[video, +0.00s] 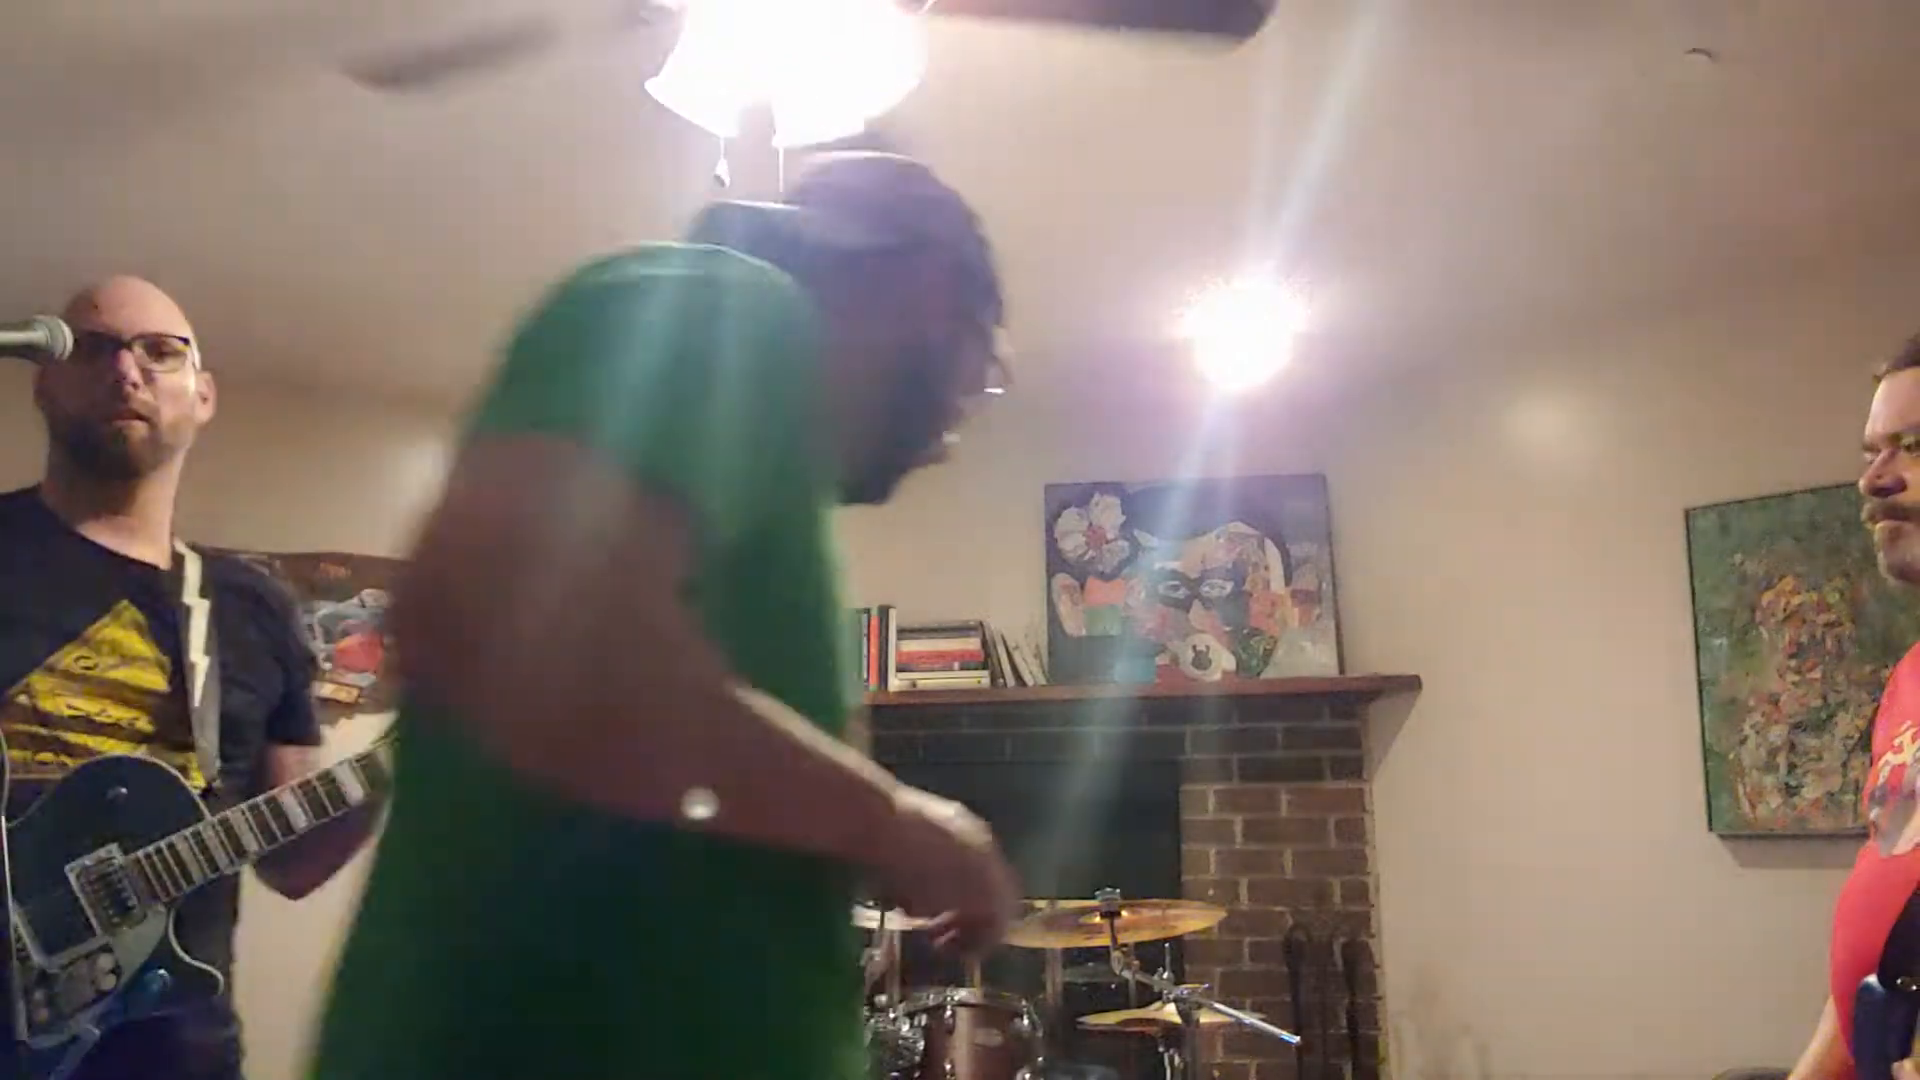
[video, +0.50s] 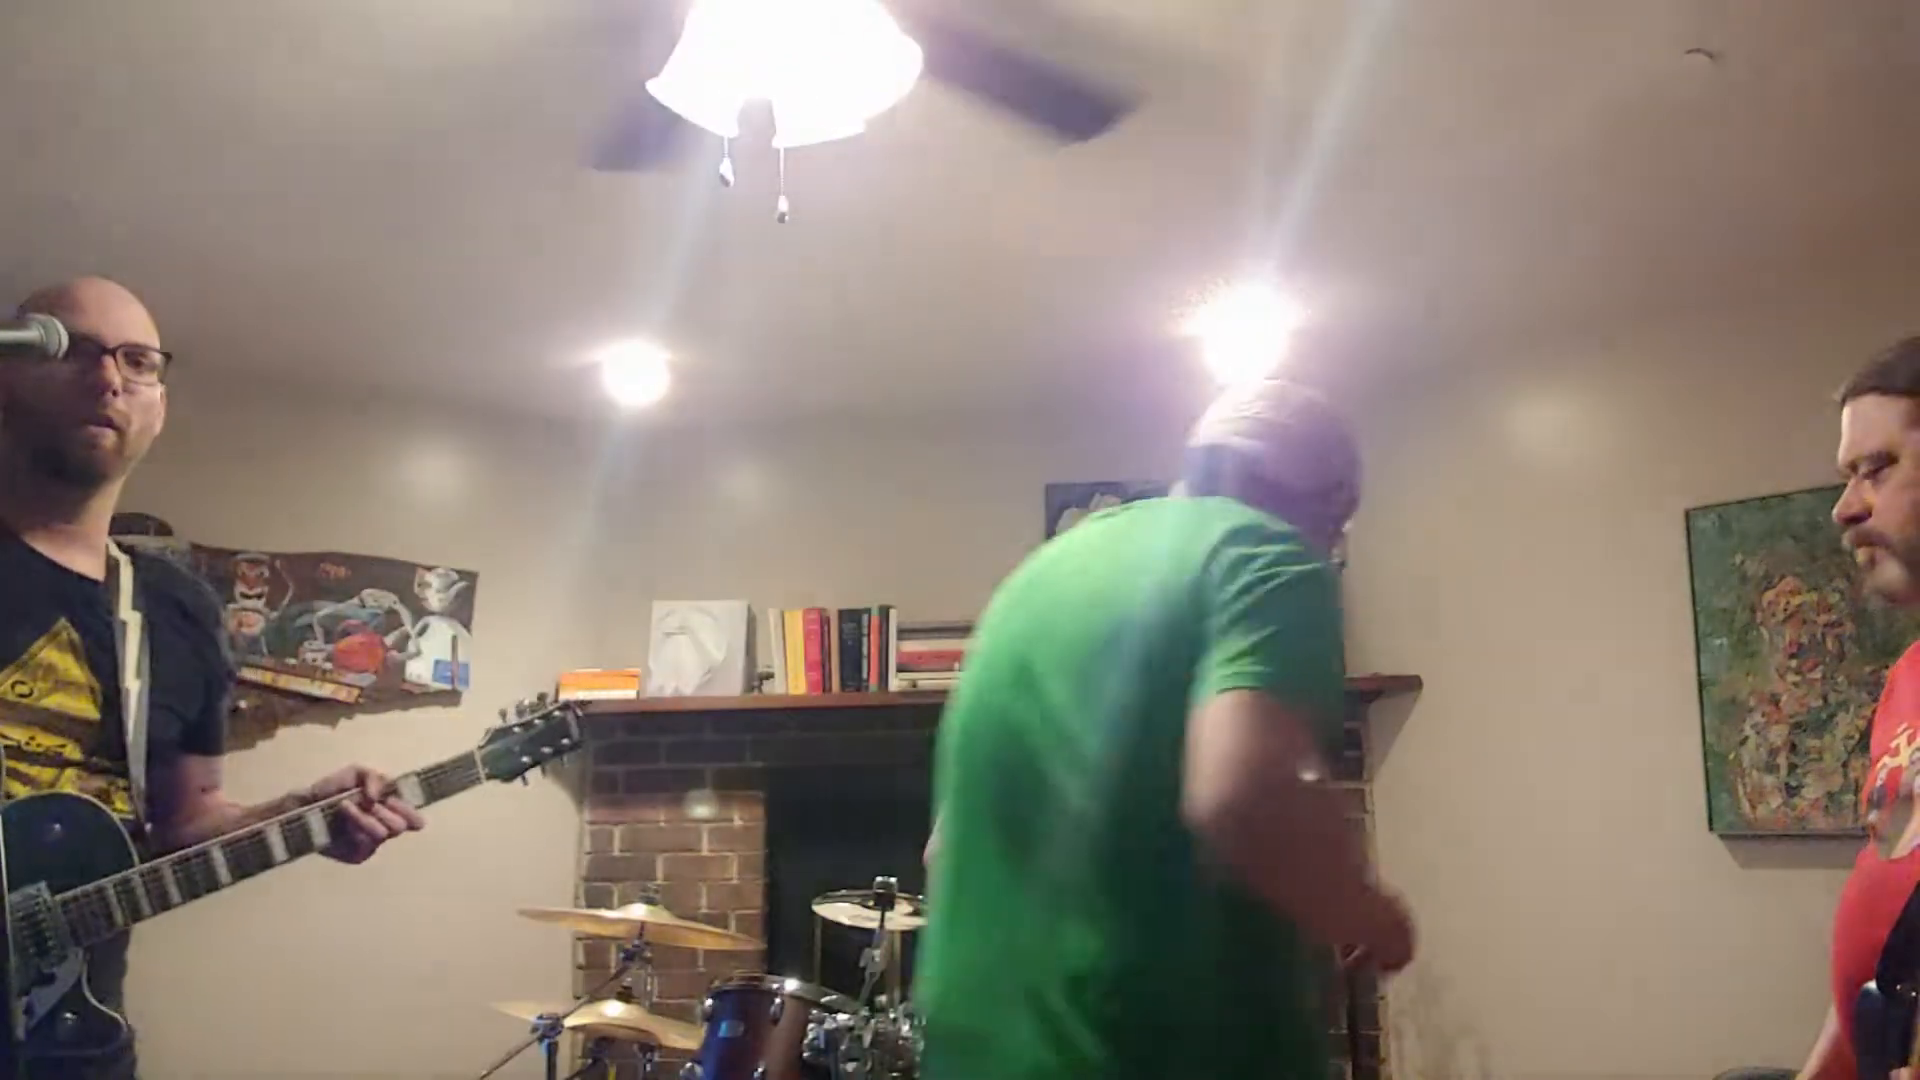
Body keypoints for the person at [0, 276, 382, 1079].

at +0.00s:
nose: (129, 367)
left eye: (161, 351)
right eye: (97, 348)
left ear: (202, 400)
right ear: (45, 385)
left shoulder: (250, 607)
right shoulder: (11, 546)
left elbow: (292, 865)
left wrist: (409, 747)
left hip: (174, 1037)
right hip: (11, 1034)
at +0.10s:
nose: (117, 364)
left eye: (147, 346)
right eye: (83, 344)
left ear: (186, 397)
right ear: (29, 384)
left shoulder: (227, 609)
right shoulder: (6, 546)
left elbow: (258, 863)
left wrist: (371, 774)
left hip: (140, 1033)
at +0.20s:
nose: (111, 364)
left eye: (141, 347)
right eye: (75, 342)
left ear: (174, 398)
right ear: (12, 379)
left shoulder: (203, 607)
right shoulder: (8, 543)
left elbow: (227, 855)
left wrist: (352, 790)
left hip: (110, 1035)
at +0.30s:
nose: (110, 369)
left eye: (137, 352)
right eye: (72, 344)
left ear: (165, 402)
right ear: (7, 377)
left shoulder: (183, 609)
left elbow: (199, 826)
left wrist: (327, 804)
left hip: (91, 1040)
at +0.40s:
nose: (110, 375)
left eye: (137, 359)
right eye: (72, 347)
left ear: (162, 405)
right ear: (5, 375)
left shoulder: (177, 610)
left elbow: (184, 823)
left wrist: (313, 814)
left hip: (75, 1039)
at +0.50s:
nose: (109, 378)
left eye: (137, 362)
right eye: (69, 349)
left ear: (161, 405)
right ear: (3, 373)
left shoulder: (177, 610)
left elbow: (180, 822)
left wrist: (309, 815)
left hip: (76, 1038)